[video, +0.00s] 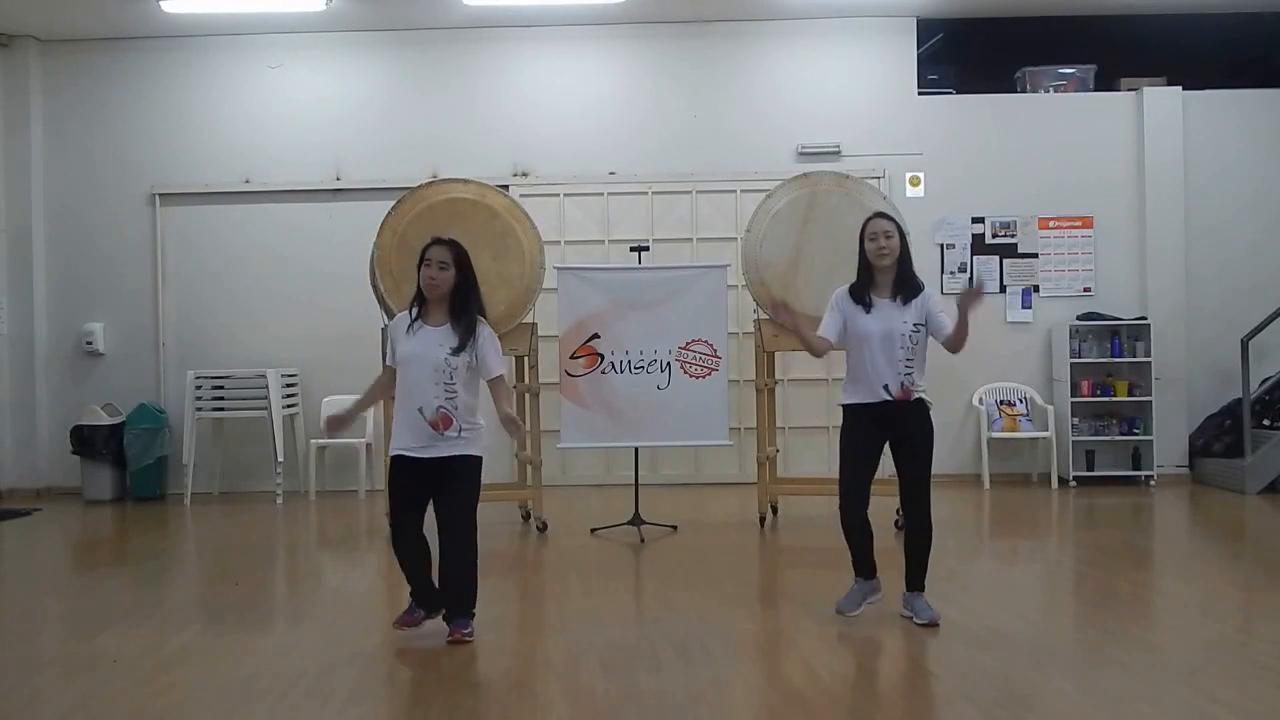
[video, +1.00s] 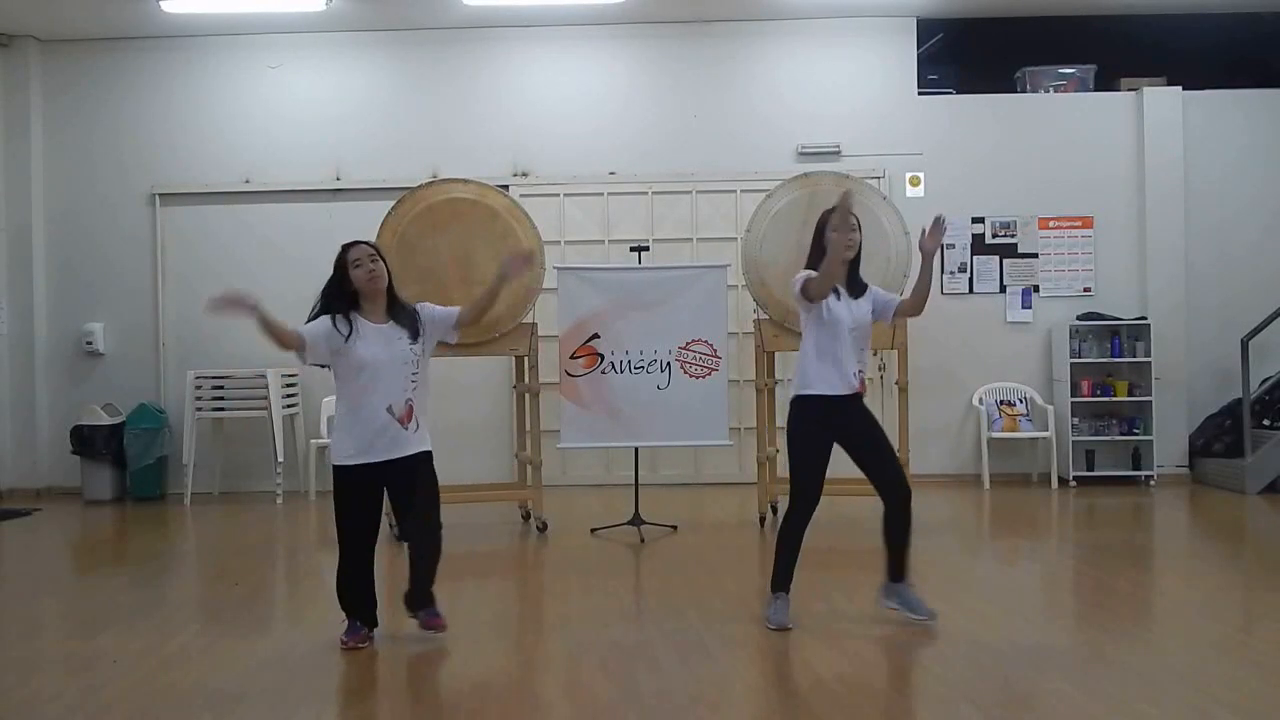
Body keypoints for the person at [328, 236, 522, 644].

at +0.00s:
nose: (431, 273)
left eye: (442, 267)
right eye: (426, 265)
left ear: (458, 277)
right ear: (418, 273)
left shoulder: (476, 330)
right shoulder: (399, 326)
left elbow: (497, 381)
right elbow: (390, 377)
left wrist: (506, 412)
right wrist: (351, 412)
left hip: (460, 450)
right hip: (409, 450)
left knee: (458, 532)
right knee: (403, 529)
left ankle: (460, 614)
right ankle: (425, 596)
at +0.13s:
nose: (425, 268)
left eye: (437, 262)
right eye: (421, 260)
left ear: (453, 274)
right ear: (413, 268)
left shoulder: (467, 324)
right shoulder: (394, 321)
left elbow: (479, 381)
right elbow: (371, 370)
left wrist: (462, 369)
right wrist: (324, 368)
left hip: (453, 448)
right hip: (402, 446)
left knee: (455, 535)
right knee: (385, 524)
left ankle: (459, 616)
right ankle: (401, 592)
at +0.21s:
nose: (419, 262)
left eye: (431, 258)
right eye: (414, 255)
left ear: (447, 270)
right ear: (406, 264)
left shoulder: (457, 319)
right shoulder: (384, 318)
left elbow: (454, 371)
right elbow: (359, 368)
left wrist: (417, 340)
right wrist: (339, 344)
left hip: (445, 445)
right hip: (392, 444)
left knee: (452, 531)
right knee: (375, 529)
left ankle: (459, 616)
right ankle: (370, 611)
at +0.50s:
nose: (390, 263)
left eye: (399, 258)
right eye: (382, 257)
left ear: (413, 272)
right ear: (371, 271)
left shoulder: (428, 321)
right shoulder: (352, 322)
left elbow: (447, 368)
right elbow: (310, 361)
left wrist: (430, 359)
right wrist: (284, 355)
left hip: (411, 448)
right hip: (357, 449)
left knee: (425, 533)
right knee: (356, 537)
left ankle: (452, 614)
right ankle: (360, 619)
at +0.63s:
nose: (375, 267)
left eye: (382, 261)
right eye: (366, 262)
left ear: (395, 274)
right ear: (354, 277)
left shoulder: (421, 326)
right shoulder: (337, 330)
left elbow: (462, 361)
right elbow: (288, 368)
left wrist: (503, 367)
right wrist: (222, 378)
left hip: (405, 450)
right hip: (351, 452)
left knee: (406, 532)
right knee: (351, 539)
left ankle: (417, 607)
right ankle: (360, 618)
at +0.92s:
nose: (367, 267)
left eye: (372, 259)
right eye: (355, 264)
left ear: (386, 270)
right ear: (345, 281)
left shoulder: (416, 321)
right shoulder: (334, 329)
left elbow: (472, 335)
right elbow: (287, 360)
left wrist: (522, 312)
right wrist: (230, 361)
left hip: (407, 451)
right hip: (351, 455)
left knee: (413, 538)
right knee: (354, 541)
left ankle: (404, 603)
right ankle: (359, 619)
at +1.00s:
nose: (370, 266)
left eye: (375, 259)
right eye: (358, 264)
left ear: (387, 269)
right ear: (347, 281)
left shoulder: (416, 318)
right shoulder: (337, 327)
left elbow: (467, 318)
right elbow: (291, 339)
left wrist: (501, 279)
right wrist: (258, 313)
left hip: (411, 449)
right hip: (355, 454)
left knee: (426, 531)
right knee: (356, 544)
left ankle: (422, 600)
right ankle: (359, 620)